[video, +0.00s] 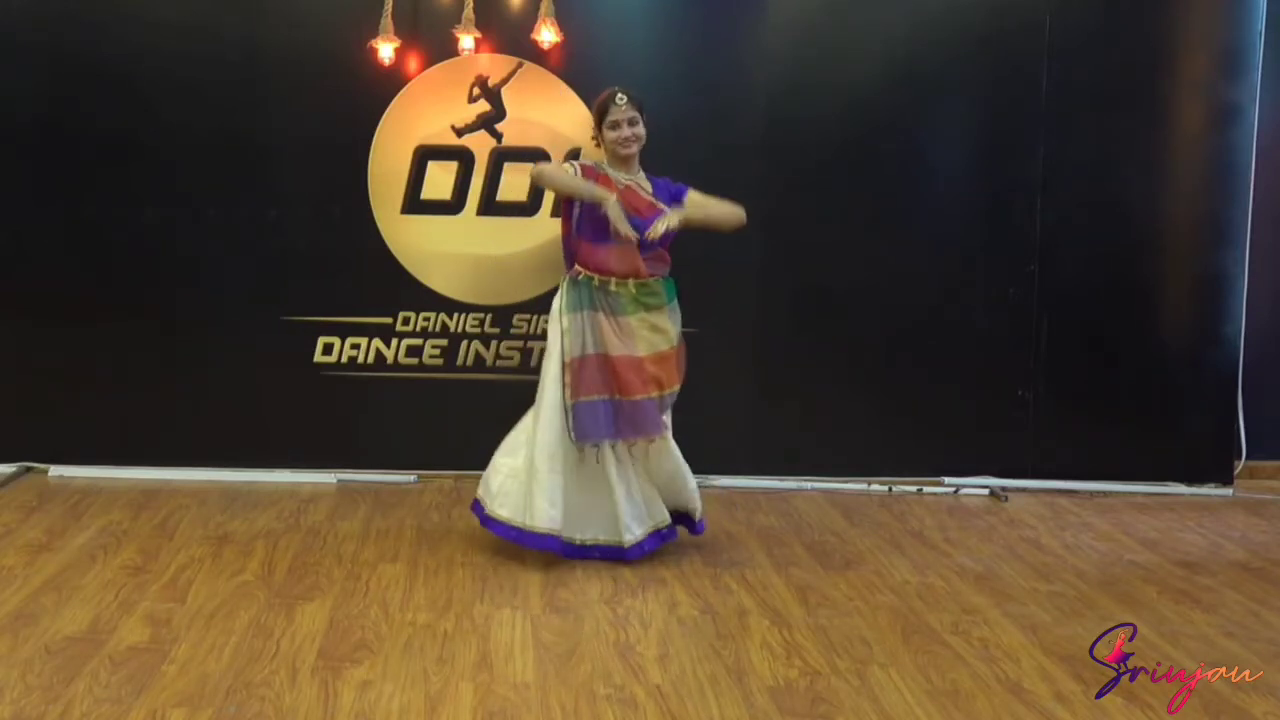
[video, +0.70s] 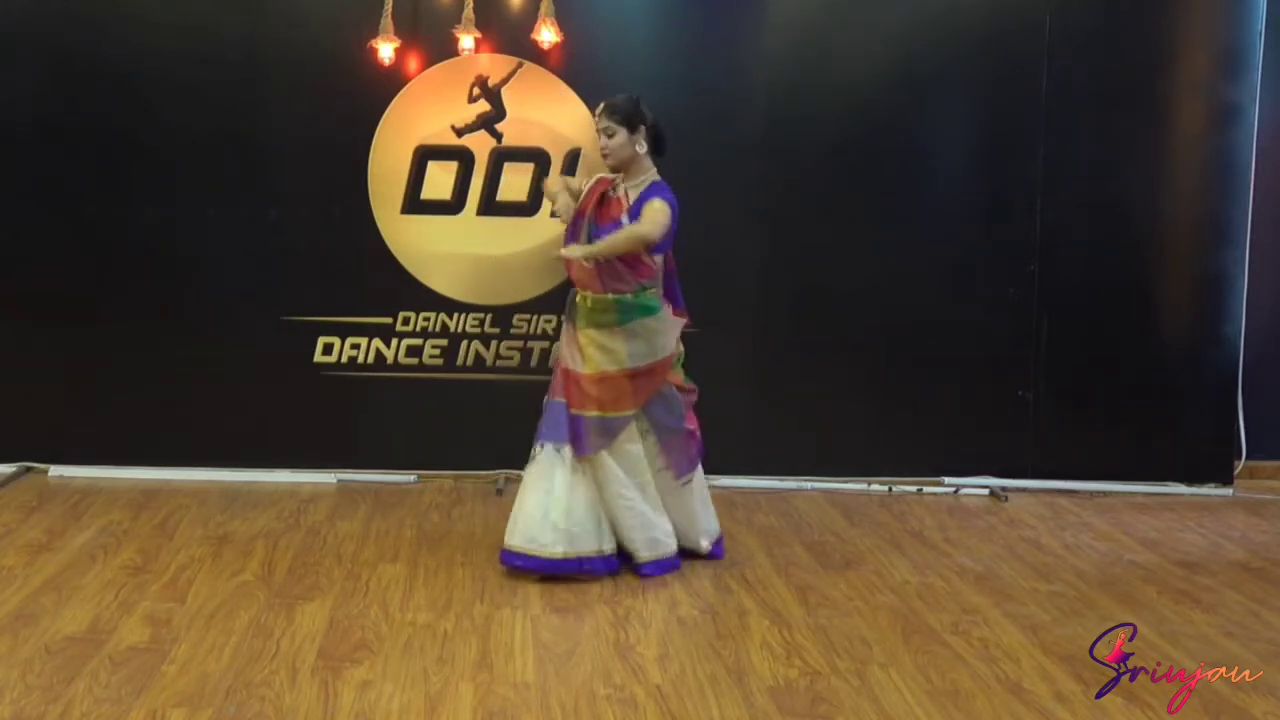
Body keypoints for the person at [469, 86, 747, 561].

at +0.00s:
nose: (626, 131)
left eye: (633, 122)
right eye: (615, 125)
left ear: (645, 127)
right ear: (599, 134)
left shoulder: (661, 190)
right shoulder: (586, 178)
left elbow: (736, 215)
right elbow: (544, 174)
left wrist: (684, 214)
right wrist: (607, 198)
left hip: (646, 313)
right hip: (590, 311)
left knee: (640, 415)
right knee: (590, 413)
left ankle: (637, 516)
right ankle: (589, 523)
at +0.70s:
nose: (601, 143)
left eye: (609, 134)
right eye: (598, 135)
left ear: (640, 137)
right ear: (600, 140)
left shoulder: (657, 197)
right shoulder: (601, 188)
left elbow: (647, 234)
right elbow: (574, 218)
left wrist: (592, 250)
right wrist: (561, 196)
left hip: (638, 338)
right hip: (588, 335)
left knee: (653, 439)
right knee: (568, 435)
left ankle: (687, 533)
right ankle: (562, 542)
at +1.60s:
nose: (604, 135)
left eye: (616, 128)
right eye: (599, 126)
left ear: (638, 138)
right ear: (590, 133)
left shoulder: (660, 196)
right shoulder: (571, 198)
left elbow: (711, 155)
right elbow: (510, 235)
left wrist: (644, 180)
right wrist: (557, 235)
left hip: (635, 339)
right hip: (578, 337)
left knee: (617, 443)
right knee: (581, 443)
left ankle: (602, 557)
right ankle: (581, 548)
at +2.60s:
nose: (619, 123)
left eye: (622, 114)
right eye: (605, 118)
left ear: (631, 120)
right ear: (582, 131)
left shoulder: (653, 185)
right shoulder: (573, 186)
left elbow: (731, 212)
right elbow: (545, 237)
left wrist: (705, 197)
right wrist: (604, 214)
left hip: (641, 320)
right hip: (585, 319)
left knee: (644, 433)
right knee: (589, 433)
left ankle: (645, 553)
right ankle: (590, 557)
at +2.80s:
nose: (589, 129)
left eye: (598, 119)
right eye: (583, 124)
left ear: (628, 124)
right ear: (581, 138)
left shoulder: (669, 186)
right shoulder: (578, 191)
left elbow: (731, 225)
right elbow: (537, 233)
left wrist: (708, 283)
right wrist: (557, 279)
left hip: (653, 326)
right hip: (589, 325)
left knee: (656, 435)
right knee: (581, 433)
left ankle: (655, 548)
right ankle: (576, 546)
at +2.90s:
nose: (588, 117)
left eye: (597, 108)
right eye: (582, 112)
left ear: (626, 115)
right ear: (580, 124)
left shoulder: (659, 177)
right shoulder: (578, 176)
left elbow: (711, 184)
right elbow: (533, 173)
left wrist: (661, 185)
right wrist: (498, 153)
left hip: (645, 318)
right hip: (580, 315)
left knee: (654, 428)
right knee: (561, 424)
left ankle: (665, 543)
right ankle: (541, 539)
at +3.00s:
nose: (579, 106)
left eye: (588, 95)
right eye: (574, 100)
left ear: (619, 106)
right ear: (574, 115)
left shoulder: (650, 165)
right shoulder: (568, 159)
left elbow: (689, 143)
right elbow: (512, 122)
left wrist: (633, 131)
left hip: (635, 307)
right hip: (568, 305)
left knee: (649, 432)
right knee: (539, 423)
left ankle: (656, 554)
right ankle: (508, 543)